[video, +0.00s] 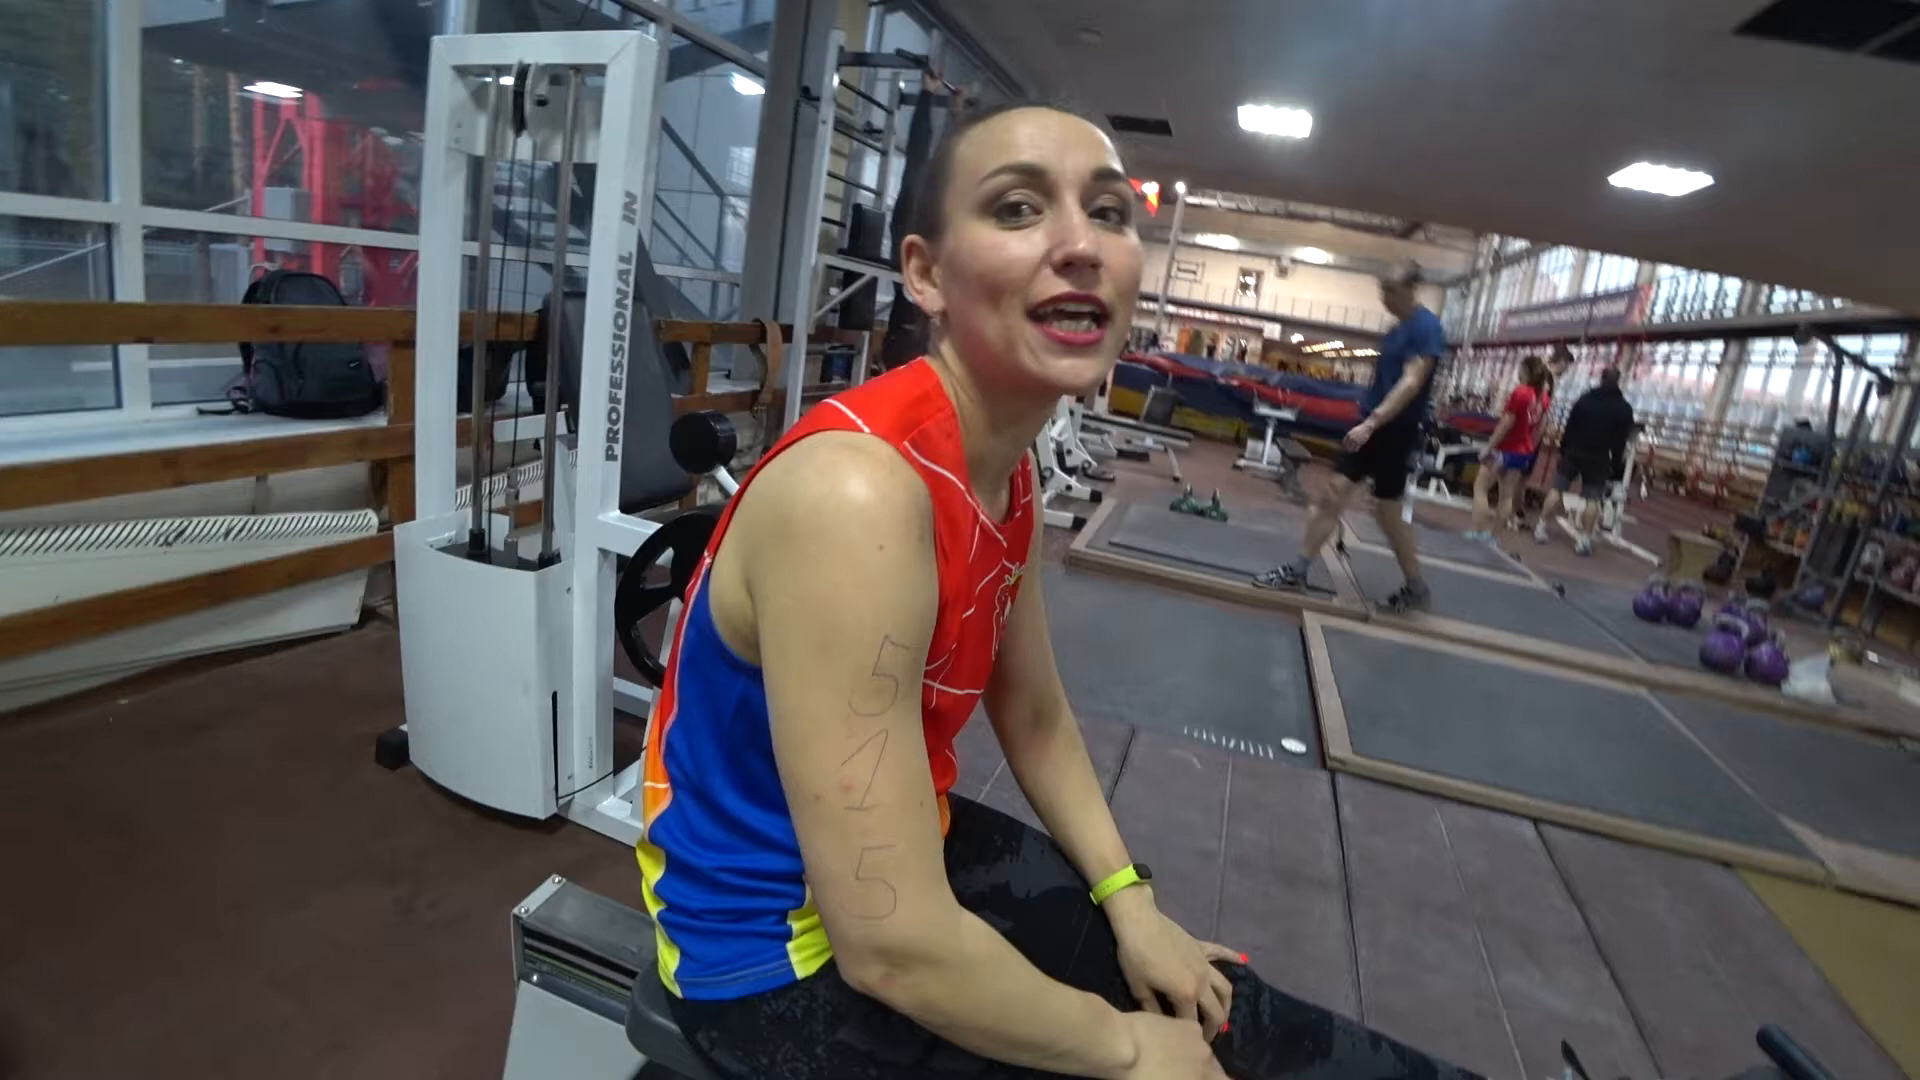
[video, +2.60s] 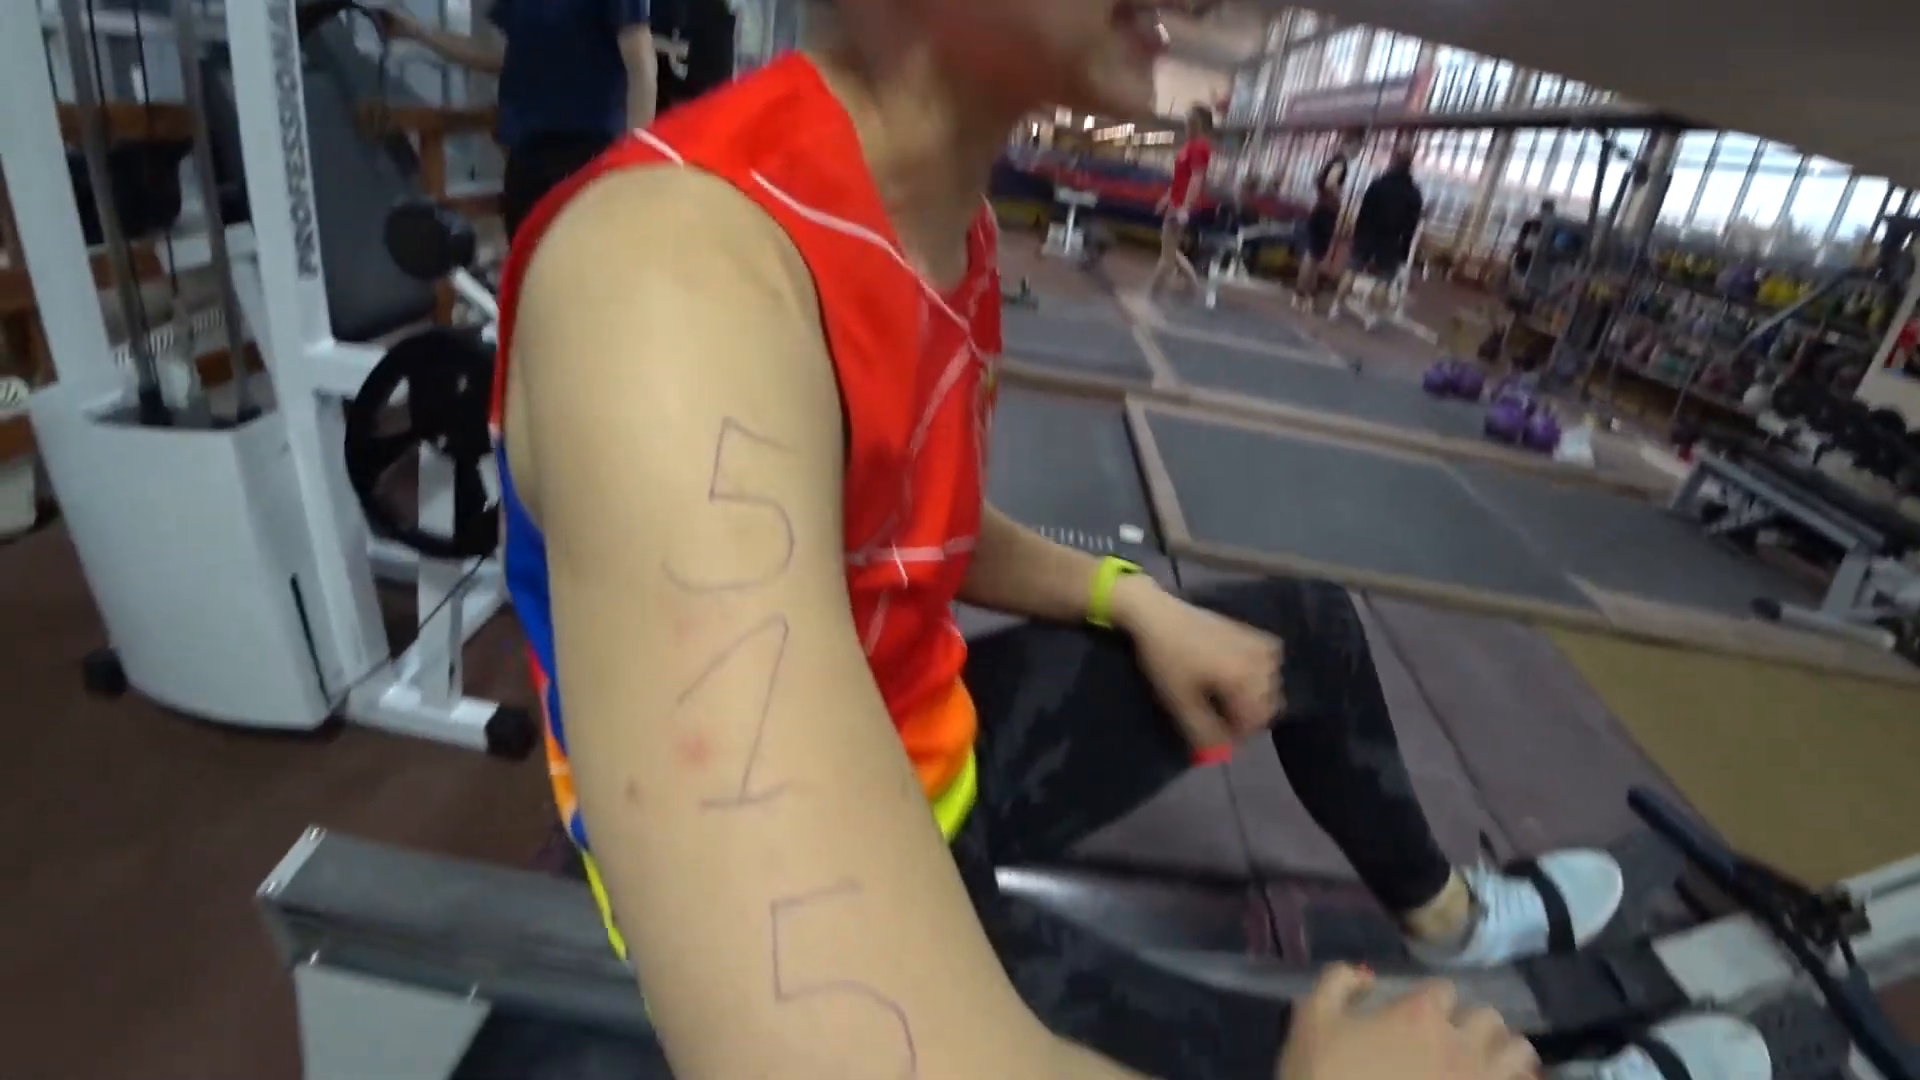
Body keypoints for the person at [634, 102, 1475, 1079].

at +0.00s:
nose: (1082, 245)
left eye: (1106, 211)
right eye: (1018, 207)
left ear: (1136, 257)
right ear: (926, 272)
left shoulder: (999, 465)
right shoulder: (854, 498)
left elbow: (1034, 714)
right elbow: (894, 940)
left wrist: (1131, 906)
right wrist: (1133, 1048)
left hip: (912, 848)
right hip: (784, 974)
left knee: (1207, 991)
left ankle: (1448, 1079)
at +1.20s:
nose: (1114, 177)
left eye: (1140, 121)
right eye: (1032, 124)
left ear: (1174, 166)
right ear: (915, 210)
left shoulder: (1013, 425)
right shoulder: (834, 490)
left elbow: (1032, 681)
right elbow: (874, 1040)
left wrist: (1216, 795)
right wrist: (1231, 1021)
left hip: (978, 864)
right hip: (864, 1013)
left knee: (1342, 867)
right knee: (1399, 1051)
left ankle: (1561, 1071)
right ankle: (1560, 1071)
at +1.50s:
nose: (1044, 349)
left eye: (1114, 262)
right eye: (976, 260)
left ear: (1193, 257)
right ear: (901, 245)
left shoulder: (1023, 455)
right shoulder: (813, 547)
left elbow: (1031, 705)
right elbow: (941, 1059)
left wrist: (1234, 791)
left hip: (995, 926)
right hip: (827, 1042)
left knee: (1362, 827)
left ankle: (1519, 1074)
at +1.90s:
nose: (961, 436)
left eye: (1048, 344)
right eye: (891, 330)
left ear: (1145, 338)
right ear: (826, 301)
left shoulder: (984, 527)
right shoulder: (721, 638)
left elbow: (986, 763)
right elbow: (778, 1053)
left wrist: (1195, 826)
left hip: (978, 1002)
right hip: (809, 1050)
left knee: (1326, 861)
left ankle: (1413, 1065)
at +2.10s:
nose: (990, 308)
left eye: (1077, 207)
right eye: (910, 195)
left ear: (1171, 215)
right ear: (824, 183)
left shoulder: (969, 459)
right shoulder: (699, 547)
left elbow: (964, 724)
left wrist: (1189, 780)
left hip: (973, 974)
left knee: (1320, 817)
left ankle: (1430, 1071)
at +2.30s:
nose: (1030, 120)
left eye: (1109, 27)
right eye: (934, 20)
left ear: (1180, 69)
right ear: (818, 53)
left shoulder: (964, 359)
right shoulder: (684, 407)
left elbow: (940, 638)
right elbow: (800, 1040)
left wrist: (1182, 696)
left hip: (957, 904)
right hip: (785, 1006)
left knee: (1305, 736)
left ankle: (1445, 1050)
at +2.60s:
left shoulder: (936, 210)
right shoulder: (673, 272)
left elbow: (912, 523)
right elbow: (846, 1030)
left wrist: (1128, 602)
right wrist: (1325, 1066)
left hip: (945, 747)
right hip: (849, 921)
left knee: (1294, 622)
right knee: (1342, 1037)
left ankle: (1437, 920)